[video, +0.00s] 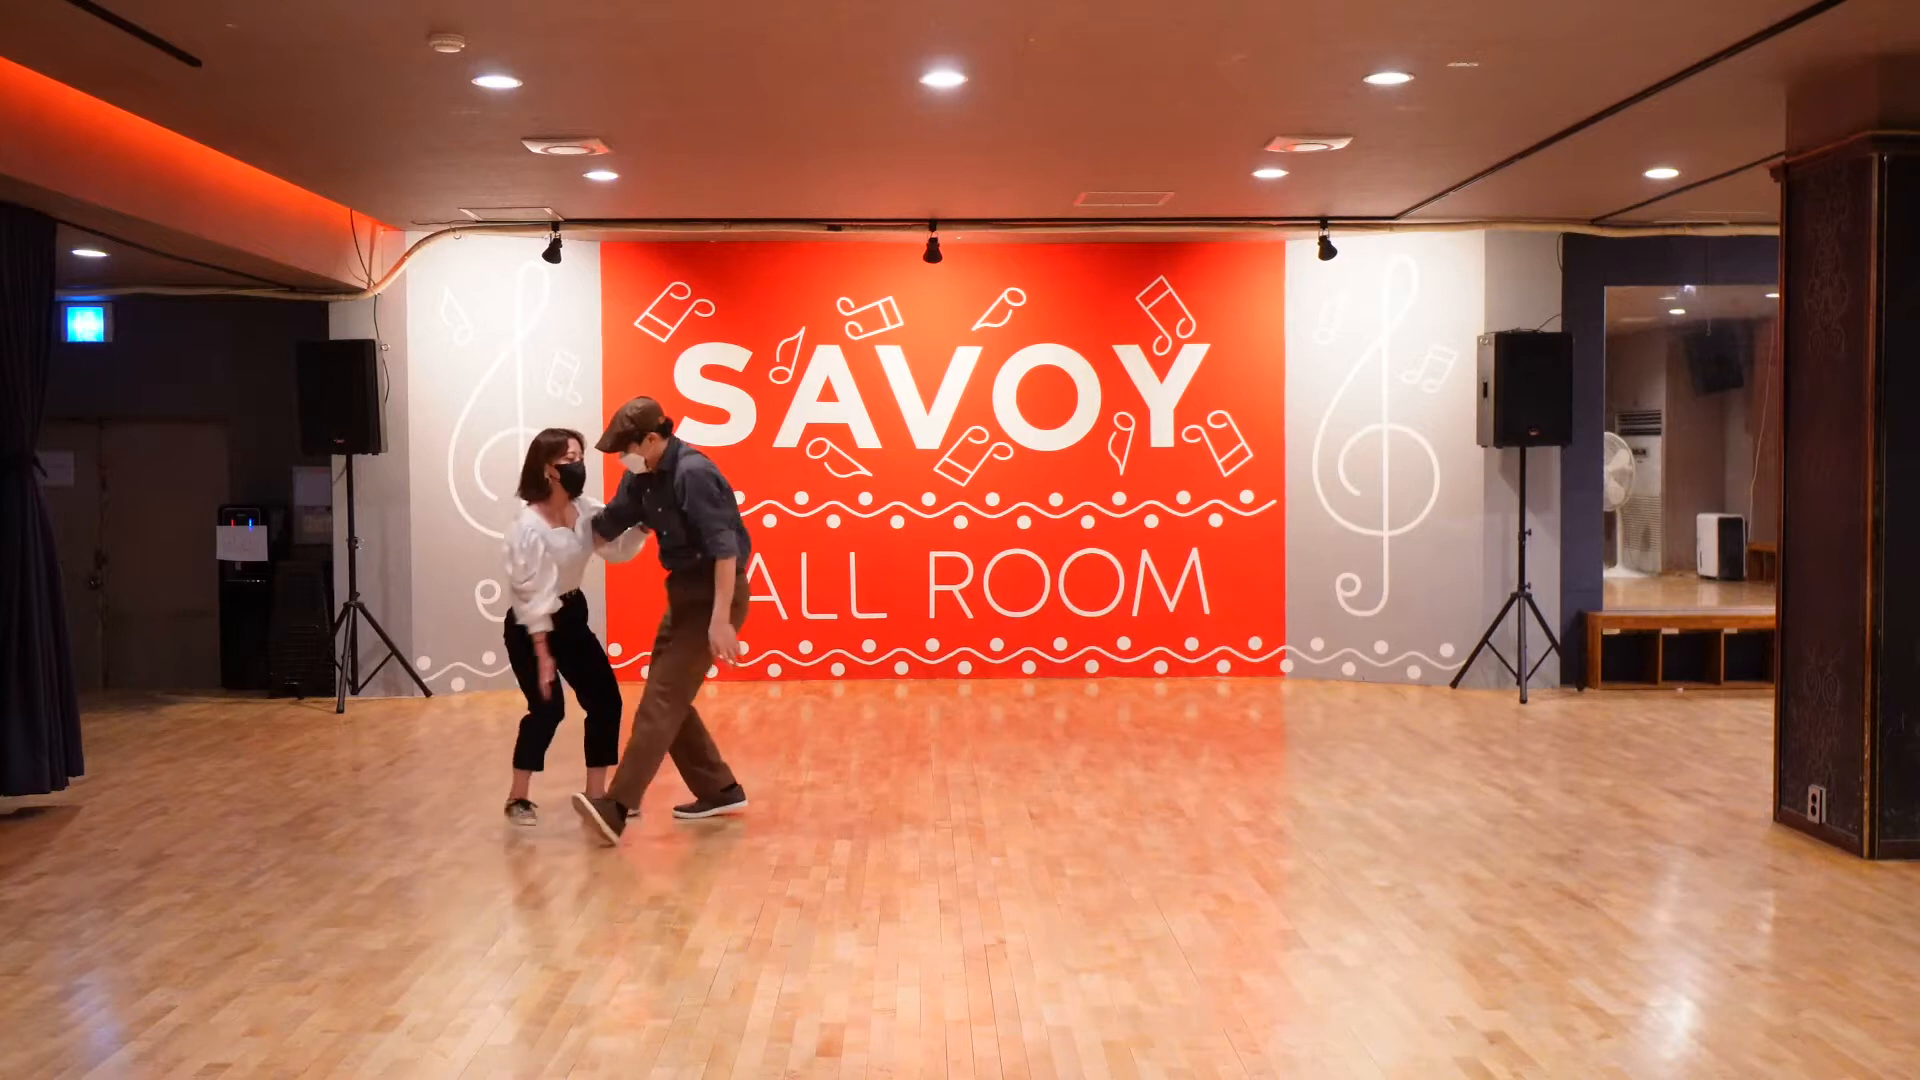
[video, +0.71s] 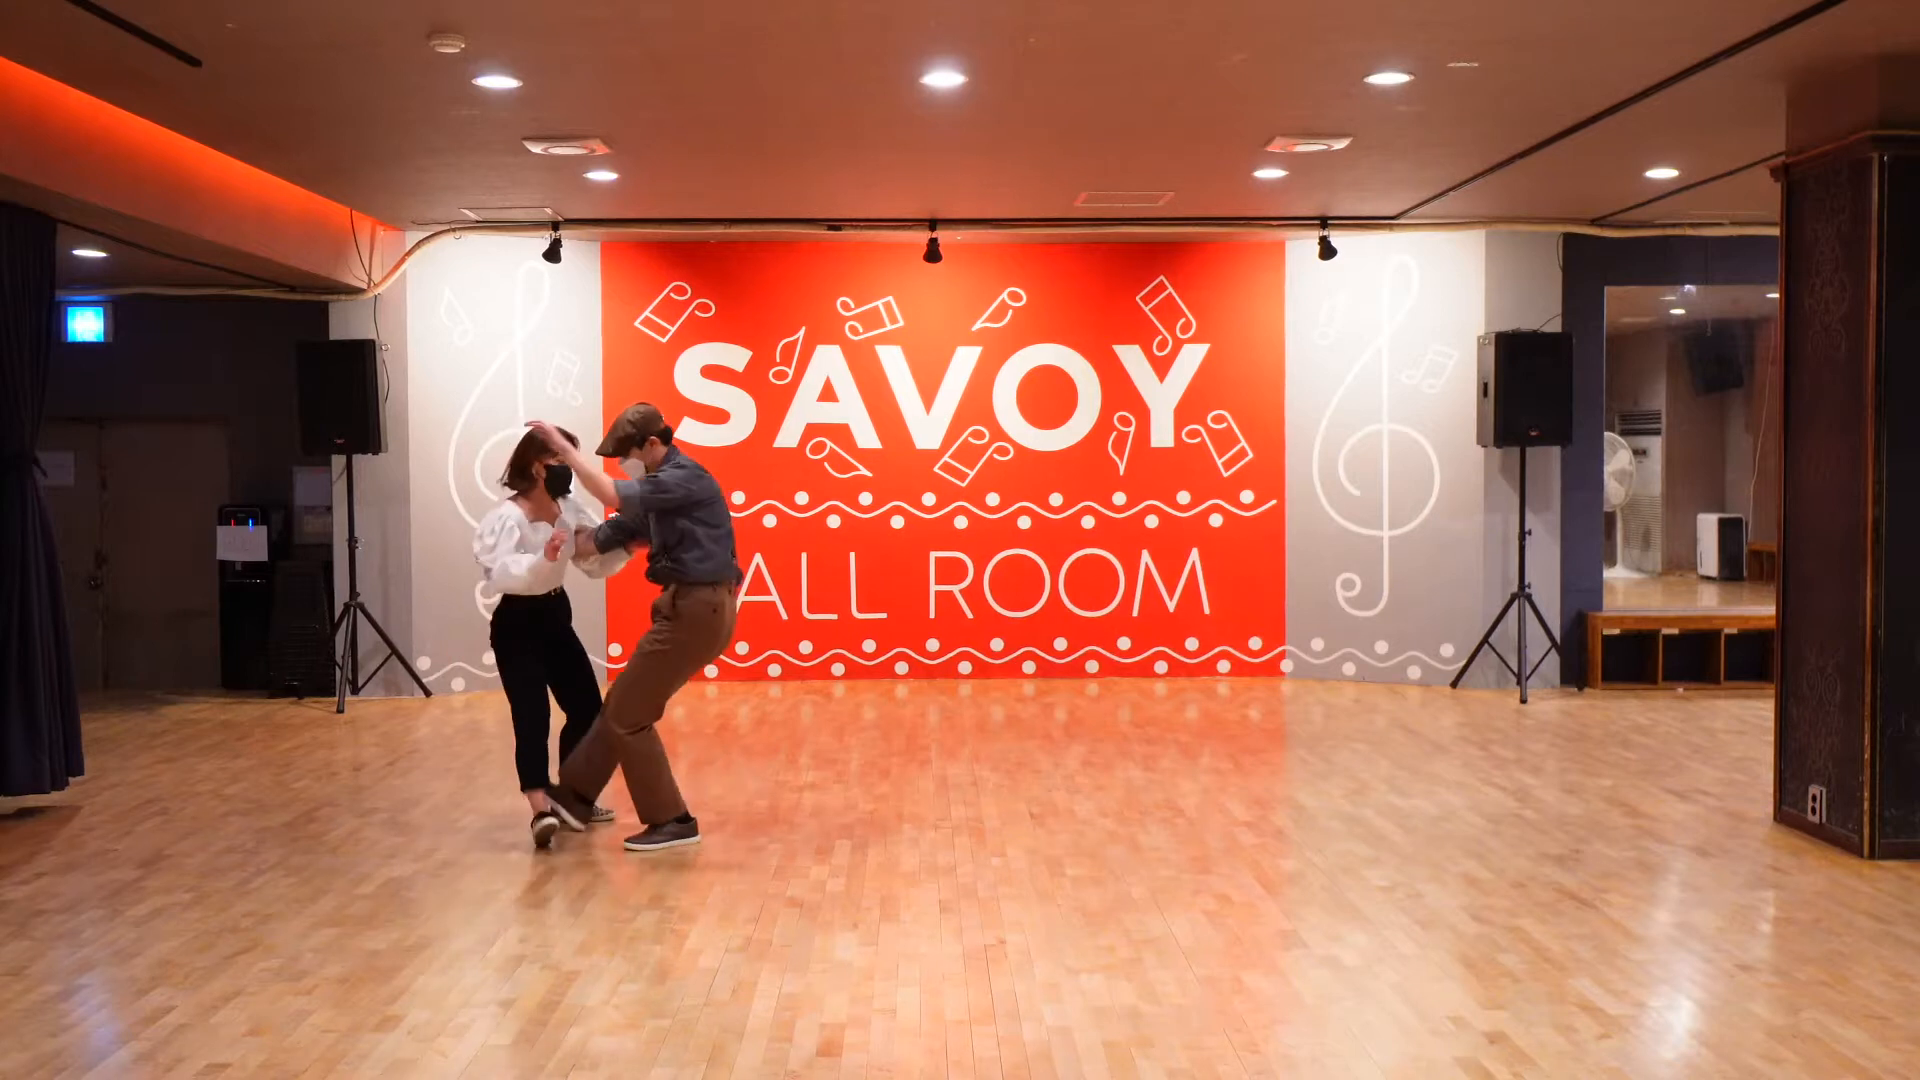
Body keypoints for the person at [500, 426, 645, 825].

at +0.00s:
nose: (580, 467)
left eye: (581, 460)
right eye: (571, 461)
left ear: (579, 467)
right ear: (549, 471)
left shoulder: (586, 512)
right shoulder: (527, 529)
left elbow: (616, 550)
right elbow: (531, 598)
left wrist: (644, 511)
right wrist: (543, 656)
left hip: (570, 615)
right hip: (528, 622)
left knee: (605, 700)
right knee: (547, 707)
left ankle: (596, 796)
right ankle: (518, 798)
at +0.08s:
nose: (568, 471)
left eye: (571, 464)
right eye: (559, 465)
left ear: (572, 469)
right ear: (538, 474)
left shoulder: (573, 514)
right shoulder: (517, 532)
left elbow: (606, 549)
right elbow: (506, 598)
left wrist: (633, 512)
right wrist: (506, 654)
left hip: (565, 621)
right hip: (525, 630)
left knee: (603, 701)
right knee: (537, 715)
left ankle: (596, 798)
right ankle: (510, 811)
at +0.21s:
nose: (563, 467)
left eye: (563, 460)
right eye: (554, 461)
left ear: (550, 469)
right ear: (532, 472)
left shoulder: (567, 514)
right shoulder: (506, 532)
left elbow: (598, 552)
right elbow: (476, 595)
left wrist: (626, 526)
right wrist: (454, 653)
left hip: (554, 619)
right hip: (512, 625)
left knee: (597, 697)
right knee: (531, 713)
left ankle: (596, 794)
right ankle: (512, 812)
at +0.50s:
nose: (567, 469)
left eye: (569, 461)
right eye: (558, 462)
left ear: (569, 466)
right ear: (534, 470)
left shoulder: (573, 517)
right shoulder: (507, 524)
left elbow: (593, 573)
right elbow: (480, 584)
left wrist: (628, 554)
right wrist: (492, 609)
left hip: (555, 623)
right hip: (513, 626)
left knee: (588, 707)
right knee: (536, 711)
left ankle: (568, 801)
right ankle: (515, 804)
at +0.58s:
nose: (570, 465)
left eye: (571, 457)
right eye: (561, 458)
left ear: (578, 461)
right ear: (538, 468)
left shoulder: (572, 507)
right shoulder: (507, 518)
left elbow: (599, 558)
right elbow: (485, 581)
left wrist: (622, 543)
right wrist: (515, 581)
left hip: (555, 614)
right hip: (512, 620)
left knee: (587, 703)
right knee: (536, 702)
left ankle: (567, 797)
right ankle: (525, 799)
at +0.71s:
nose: (566, 471)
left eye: (568, 462)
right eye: (557, 463)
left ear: (570, 466)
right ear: (536, 469)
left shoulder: (568, 510)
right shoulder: (504, 519)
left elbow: (593, 564)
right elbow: (499, 572)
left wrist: (626, 542)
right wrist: (544, 560)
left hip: (555, 617)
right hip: (515, 622)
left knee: (586, 709)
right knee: (532, 715)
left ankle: (574, 796)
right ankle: (541, 811)